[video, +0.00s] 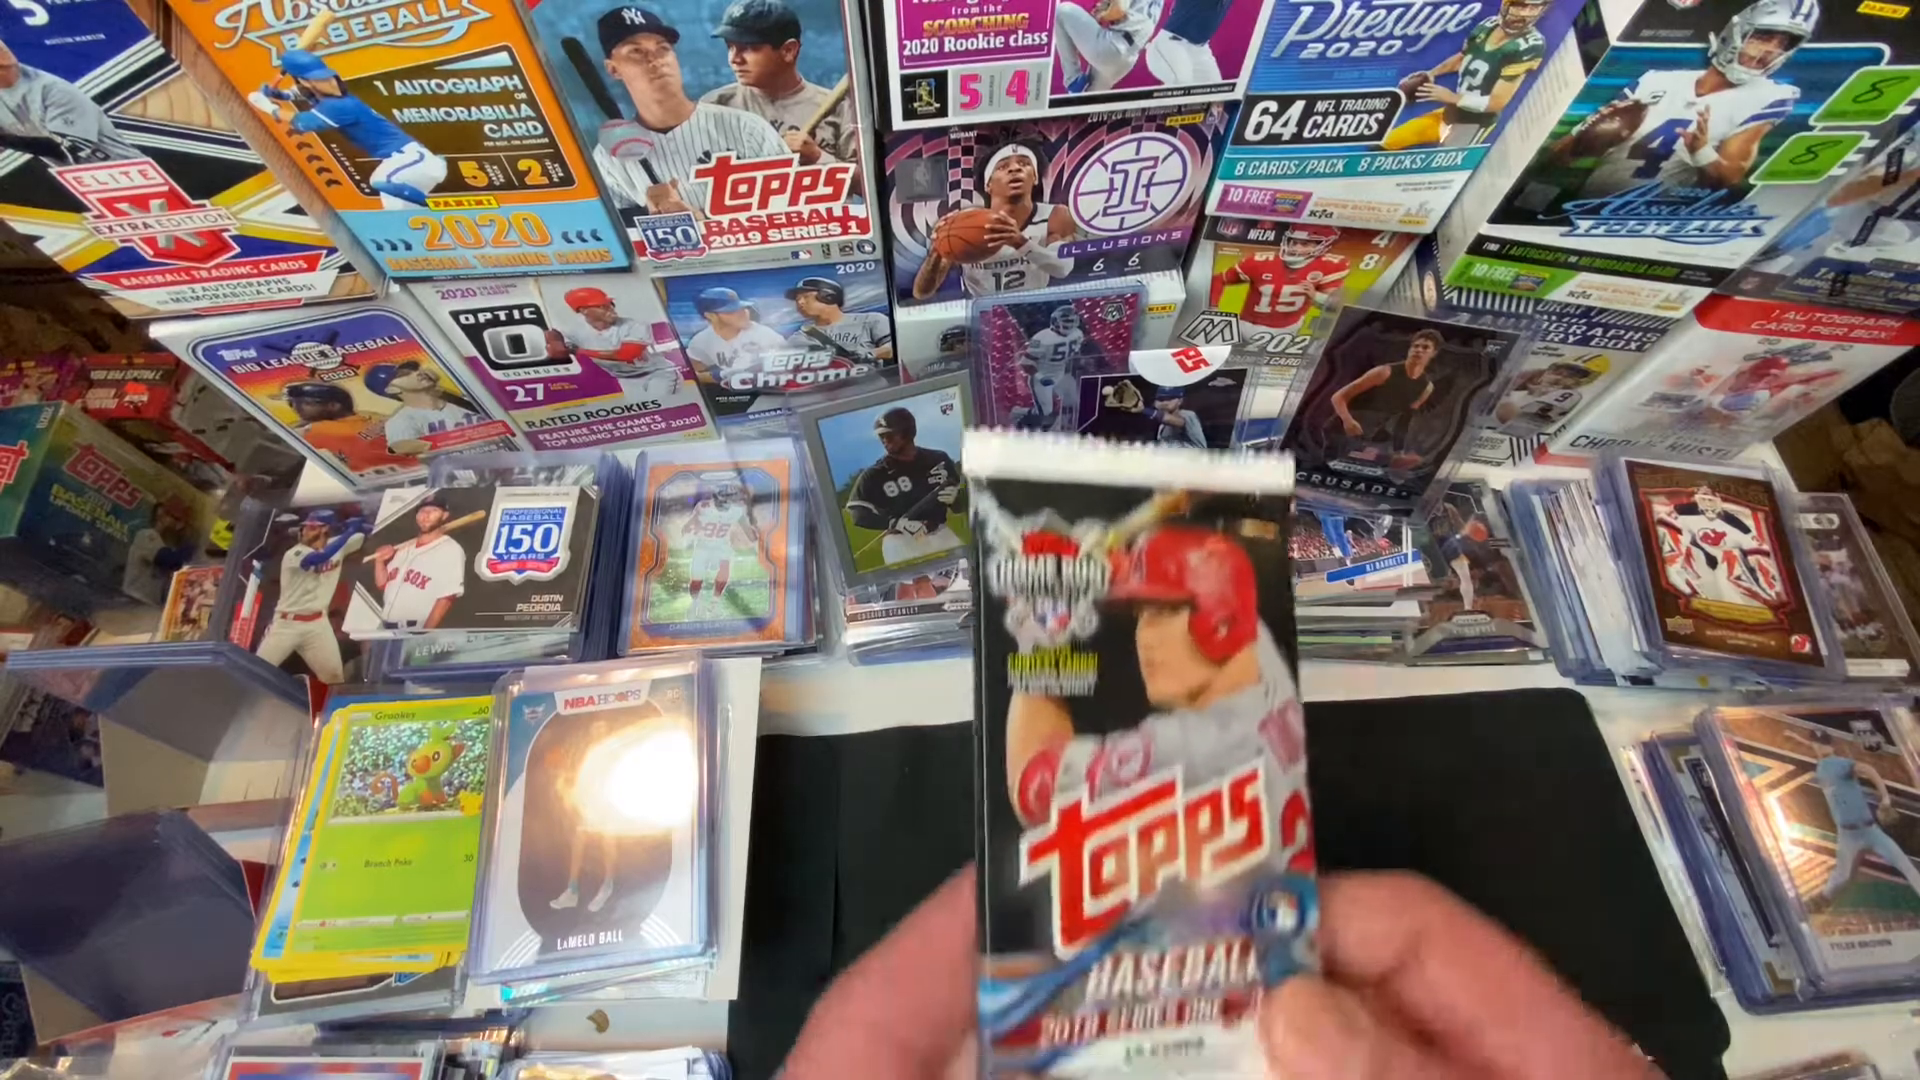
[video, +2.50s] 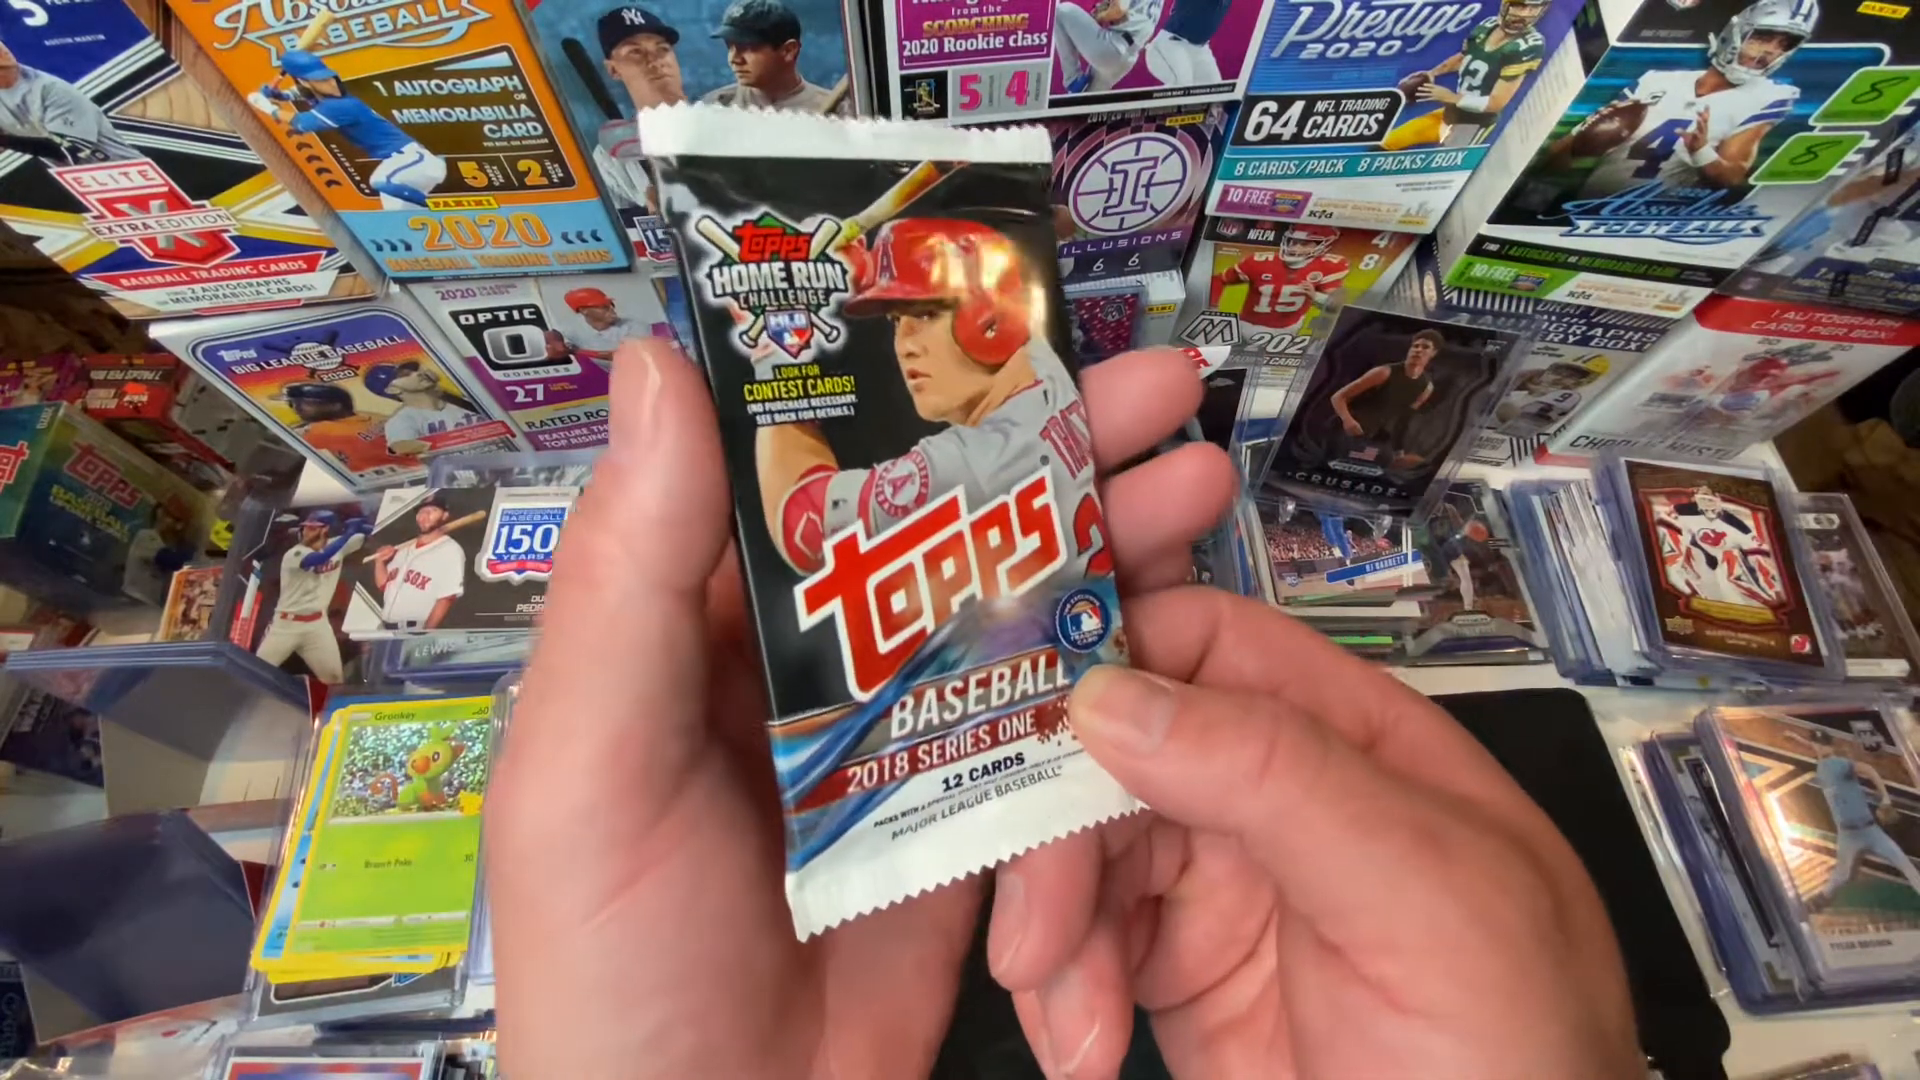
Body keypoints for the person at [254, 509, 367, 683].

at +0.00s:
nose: (303, 531)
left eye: (309, 527)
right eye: (304, 527)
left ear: (324, 530)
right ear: (303, 529)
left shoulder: (338, 549)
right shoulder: (294, 554)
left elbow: (365, 532)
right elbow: (319, 559)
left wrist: (355, 523)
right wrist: (347, 535)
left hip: (317, 625)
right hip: (285, 624)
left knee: (334, 678)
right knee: (258, 671)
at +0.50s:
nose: (303, 532)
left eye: (309, 528)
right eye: (304, 527)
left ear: (324, 530)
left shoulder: (336, 549)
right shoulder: (294, 554)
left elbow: (367, 532)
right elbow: (318, 560)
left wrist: (357, 524)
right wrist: (348, 535)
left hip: (317, 625)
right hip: (285, 624)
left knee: (334, 678)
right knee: (259, 670)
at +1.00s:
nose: (304, 531)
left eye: (310, 528)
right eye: (304, 527)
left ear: (324, 531)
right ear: (303, 530)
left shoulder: (336, 549)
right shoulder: (294, 554)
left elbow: (366, 533)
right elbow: (318, 560)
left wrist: (357, 524)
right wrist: (347, 535)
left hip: (317, 625)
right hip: (285, 624)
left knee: (334, 679)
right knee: (259, 671)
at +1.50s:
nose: (303, 531)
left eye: (309, 528)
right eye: (304, 527)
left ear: (323, 530)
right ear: (303, 530)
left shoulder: (337, 549)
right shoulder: (294, 554)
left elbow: (365, 533)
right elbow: (319, 560)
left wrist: (358, 525)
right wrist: (347, 536)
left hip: (317, 625)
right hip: (285, 624)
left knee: (335, 681)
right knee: (259, 672)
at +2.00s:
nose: (304, 532)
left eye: (310, 528)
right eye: (304, 527)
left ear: (324, 531)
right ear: (302, 529)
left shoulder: (337, 548)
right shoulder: (293, 555)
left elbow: (367, 532)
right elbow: (318, 560)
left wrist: (358, 523)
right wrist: (347, 536)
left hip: (317, 625)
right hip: (284, 625)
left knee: (334, 681)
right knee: (258, 671)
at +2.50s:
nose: (305, 532)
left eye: (311, 528)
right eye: (304, 527)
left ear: (324, 530)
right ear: (302, 529)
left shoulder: (337, 548)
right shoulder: (293, 554)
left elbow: (368, 533)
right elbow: (319, 560)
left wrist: (358, 525)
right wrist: (346, 537)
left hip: (317, 626)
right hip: (284, 625)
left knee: (334, 679)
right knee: (257, 671)